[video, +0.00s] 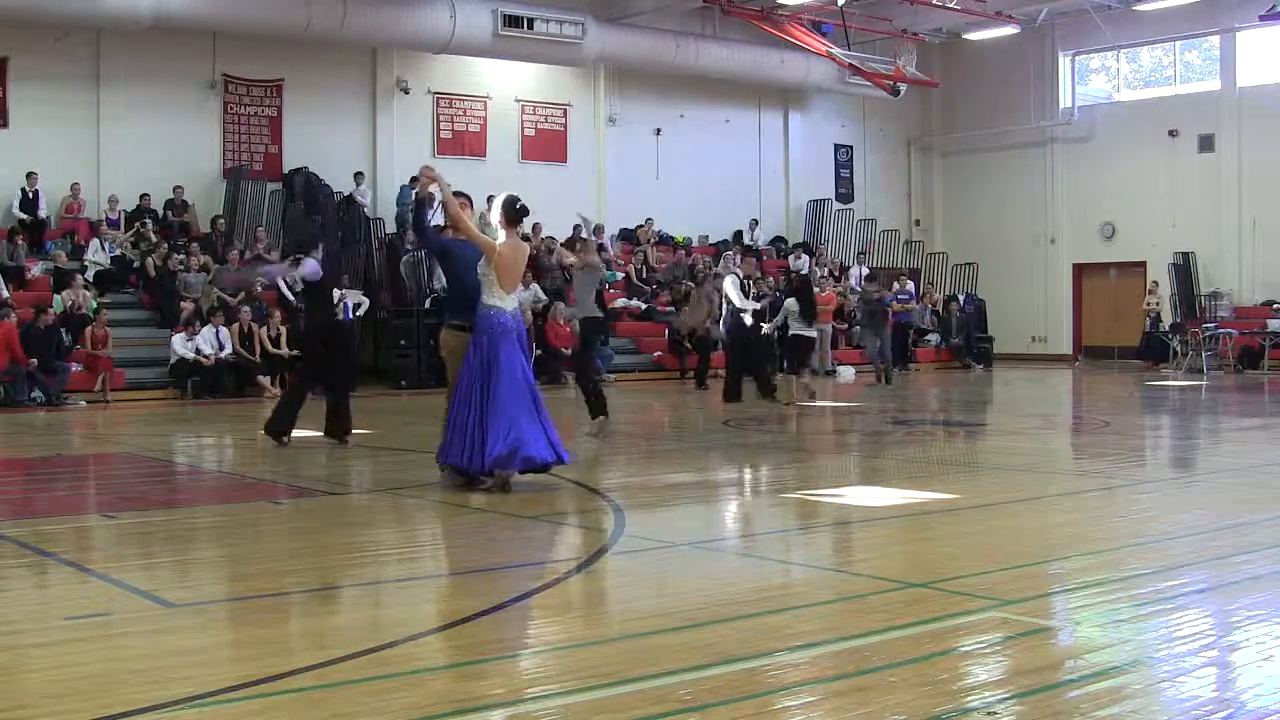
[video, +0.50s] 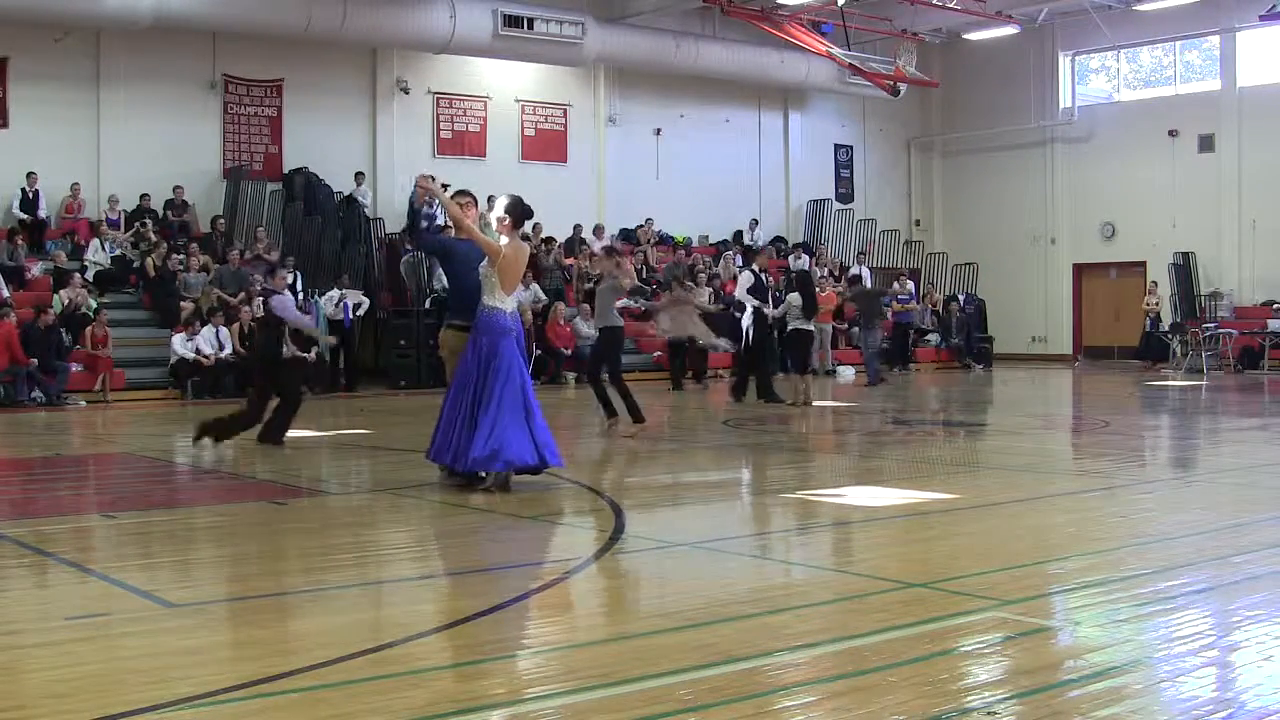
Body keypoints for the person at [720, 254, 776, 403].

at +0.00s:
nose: (753, 266)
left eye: (754, 262)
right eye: (750, 262)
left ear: (754, 264)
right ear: (741, 262)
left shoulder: (748, 282)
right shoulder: (731, 280)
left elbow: (749, 303)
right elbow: (740, 303)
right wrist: (758, 305)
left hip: (747, 324)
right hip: (733, 324)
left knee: (756, 358)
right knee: (735, 362)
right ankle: (732, 396)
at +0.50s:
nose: (767, 261)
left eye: (767, 258)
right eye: (765, 257)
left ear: (762, 259)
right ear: (757, 258)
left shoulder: (763, 277)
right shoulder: (747, 274)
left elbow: (766, 298)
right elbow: (740, 294)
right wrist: (759, 304)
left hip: (764, 317)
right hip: (752, 317)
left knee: (764, 354)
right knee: (751, 353)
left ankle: (766, 391)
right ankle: (738, 389)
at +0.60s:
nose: (770, 260)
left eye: (771, 257)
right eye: (768, 257)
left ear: (769, 259)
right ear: (760, 257)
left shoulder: (767, 276)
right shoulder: (751, 273)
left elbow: (773, 293)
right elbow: (738, 289)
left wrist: (774, 306)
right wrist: (755, 300)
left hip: (767, 318)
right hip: (754, 319)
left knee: (767, 354)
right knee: (752, 354)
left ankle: (766, 390)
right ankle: (740, 388)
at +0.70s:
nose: (773, 260)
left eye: (774, 257)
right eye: (770, 257)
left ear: (774, 259)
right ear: (761, 257)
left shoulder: (771, 277)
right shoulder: (753, 273)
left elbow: (781, 295)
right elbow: (737, 286)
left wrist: (790, 306)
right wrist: (753, 295)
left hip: (770, 321)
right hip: (756, 320)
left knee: (768, 355)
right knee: (754, 355)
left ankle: (767, 391)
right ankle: (740, 388)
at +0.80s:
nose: (775, 259)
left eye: (775, 257)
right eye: (772, 256)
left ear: (773, 259)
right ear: (763, 256)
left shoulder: (773, 276)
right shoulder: (754, 273)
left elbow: (787, 289)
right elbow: (737, 287)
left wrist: (797, 299)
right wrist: (752, 293)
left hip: (771, 320)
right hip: (757, 320)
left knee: (765, 354)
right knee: (759, 354)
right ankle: (740, 388)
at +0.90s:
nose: (777, 259)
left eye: (777, 256)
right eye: (775, 256)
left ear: (774, 258)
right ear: (765, 255)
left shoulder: (775, 276)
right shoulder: (755, 273)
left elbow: (793, 284)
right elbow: (739, 288)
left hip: (772, 320)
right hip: (757, 319)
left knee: (769, 355)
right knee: (752, 354)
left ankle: (767, 390)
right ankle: (741, 388)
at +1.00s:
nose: (779, 258)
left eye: (779, 254)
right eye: (776, 254)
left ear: (772, 257)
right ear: (766, 254)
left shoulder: (775, 275)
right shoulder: (756, 273)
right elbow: (739, 287)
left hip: (774, 318)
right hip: (759, 317)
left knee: (770, 354)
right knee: (753, 354)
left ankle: (767, 389)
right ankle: (742, 389)